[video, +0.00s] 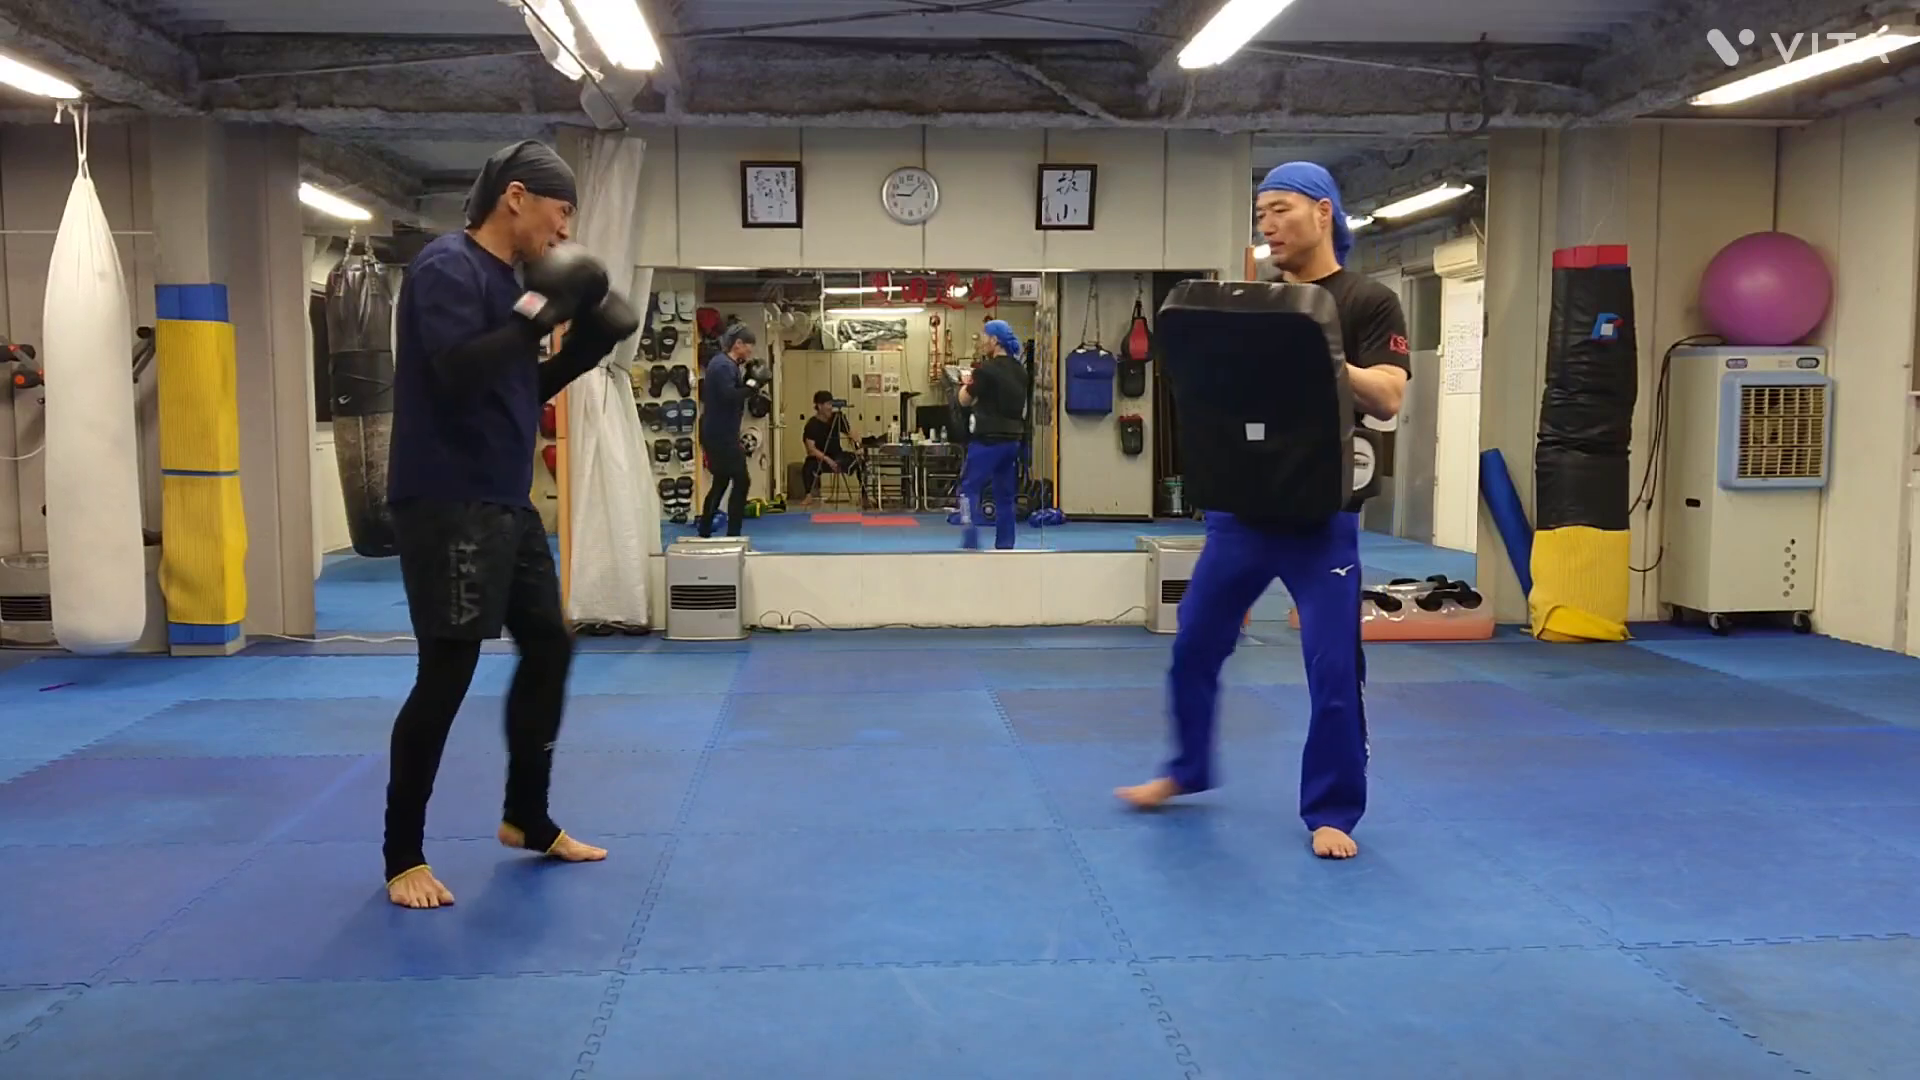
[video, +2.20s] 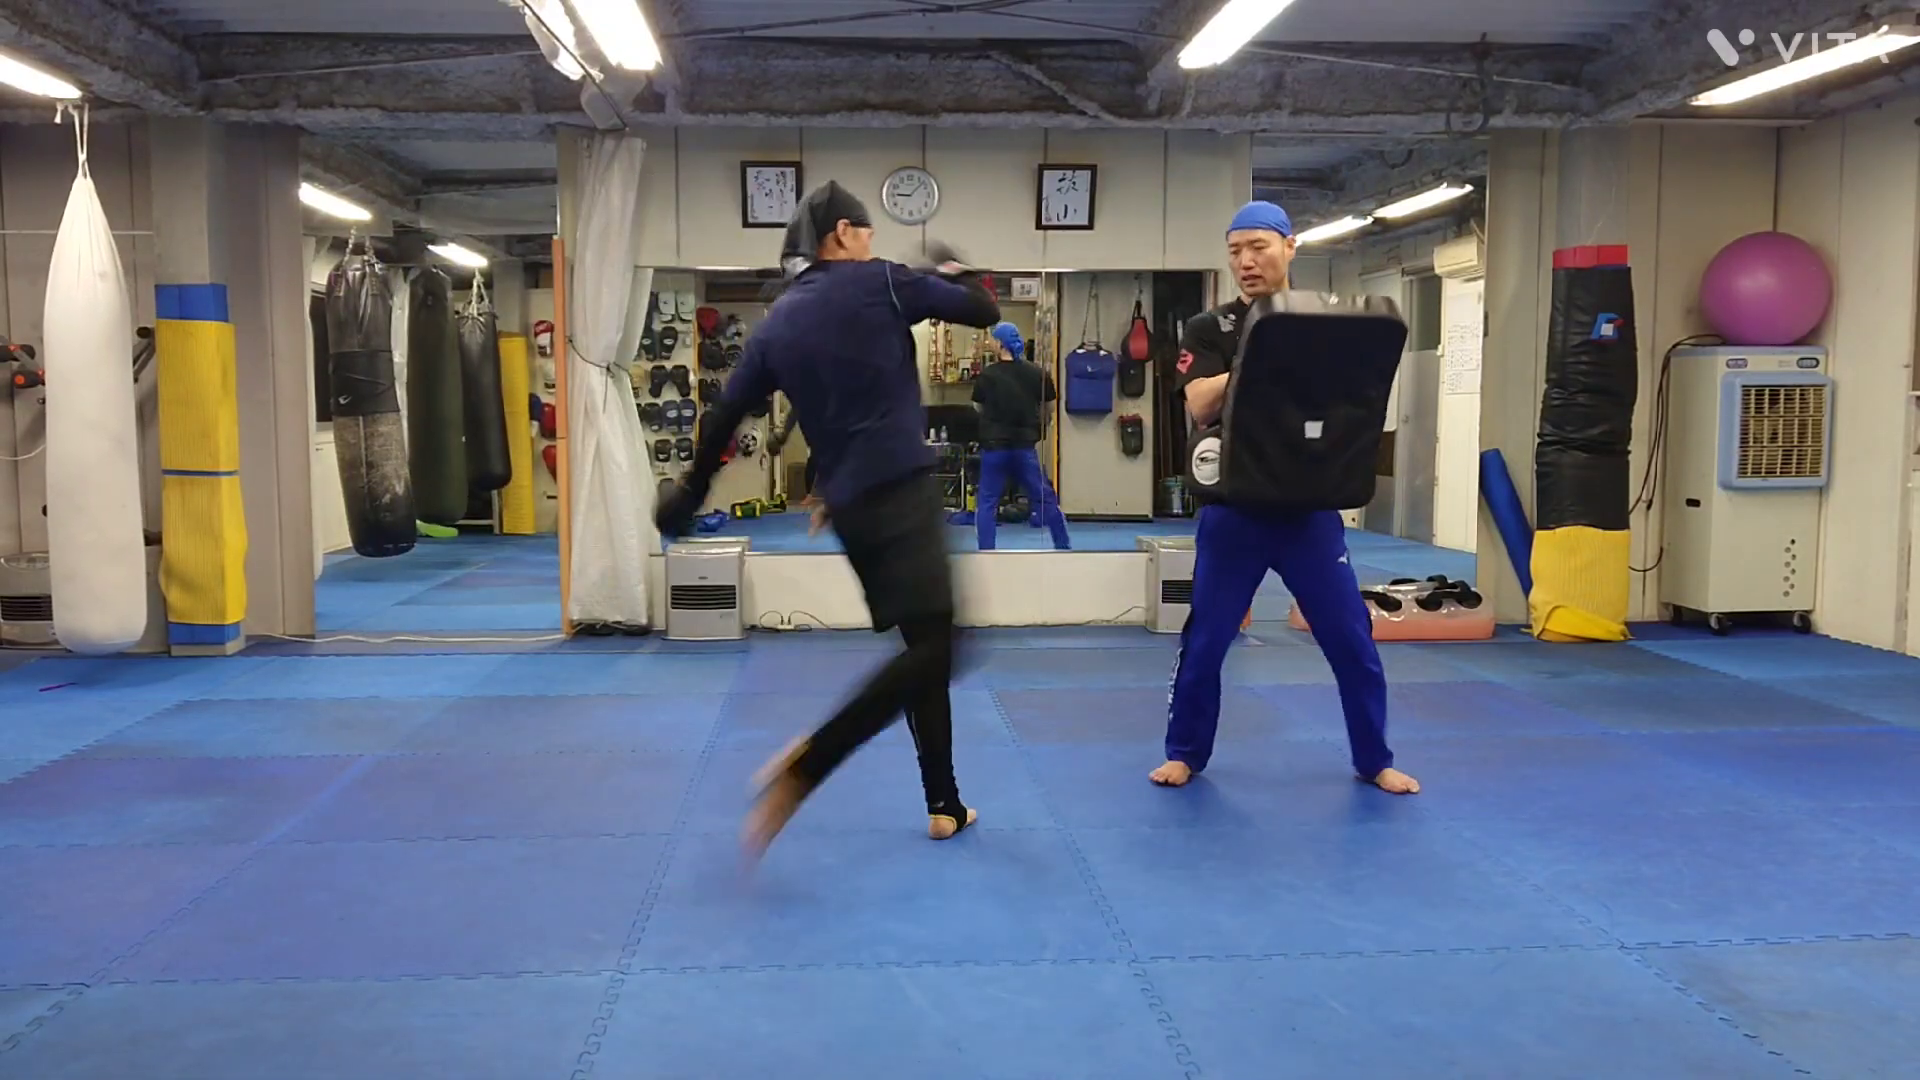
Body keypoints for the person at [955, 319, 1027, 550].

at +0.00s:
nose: (981, 341)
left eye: (984, 337)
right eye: (981, 337)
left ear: (995, 340)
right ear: (1002, 340)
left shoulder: (987, 369)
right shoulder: (1020, 369)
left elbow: (964, 399)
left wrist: (965, 385)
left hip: (987, 438)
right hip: (1012, 438)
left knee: (970, 487)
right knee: (1005, 494)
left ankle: (970, 539)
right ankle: (1005, 544)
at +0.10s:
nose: (976, 342)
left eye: (978, 338)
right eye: (976, 338)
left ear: (988, 341)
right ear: (999, 342)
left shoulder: (978, 370)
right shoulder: (1015, 371)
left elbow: (958, 400)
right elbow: (1013, 404)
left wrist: (958, 388)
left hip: (980, 440)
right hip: (1006, 440)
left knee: (960, 488)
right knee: (1003, 496)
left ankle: (945, 540)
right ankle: (1004, 545)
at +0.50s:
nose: (945, 347)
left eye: (947, 343)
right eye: (946, 342)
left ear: (954, 346)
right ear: (970, 347)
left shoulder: (941, 373)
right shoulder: (985, 375)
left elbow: (928, 395)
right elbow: (991, 398)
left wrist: (936, 372)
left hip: (943, 443)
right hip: (973, 443)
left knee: (930, 496)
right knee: (985, 495)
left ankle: (921, 545)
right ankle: (1000, 545)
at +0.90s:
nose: (945, 350)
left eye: (945, 346)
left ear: (943, 350)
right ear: (967, 348)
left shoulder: (932, 374)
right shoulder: (979, 375)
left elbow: (924, 405)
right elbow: (986, 407)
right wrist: (966, 414)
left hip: (939, 445)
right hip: (969, 444)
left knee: (928, 497)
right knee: (983, 495)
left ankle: (921, 546)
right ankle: (999, 544)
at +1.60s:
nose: (968, 351)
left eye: (971, 347)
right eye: (970, 347)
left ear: (978, 351)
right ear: (993, 351)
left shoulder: (964, 379)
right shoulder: (1008, 378)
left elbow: (952, 411)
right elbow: (1020, 412)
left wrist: (973, 420)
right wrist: (999, 422)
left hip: (966, 450)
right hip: (997, 450)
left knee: (943, 501)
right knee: (1013, 503)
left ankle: (922, 549)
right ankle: (1033, 550)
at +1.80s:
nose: (983, 342)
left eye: (986, 338)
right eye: (985, 337)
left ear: (995, 343)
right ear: (1009, 343)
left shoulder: (982, 371)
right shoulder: (1025, 371)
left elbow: (968, 403)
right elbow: (1035, 397)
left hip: (985, 443)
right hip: (1015, 443)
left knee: (964, 492)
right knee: (1022, 497)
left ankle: (953, 544)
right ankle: (1034, 548)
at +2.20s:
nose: (990, 344)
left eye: (993, 340)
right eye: (992, 340)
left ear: (1000, 345)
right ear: (1017, 344)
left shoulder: (989, 374)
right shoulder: (1036, 373)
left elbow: (978, 406)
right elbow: (1049, 404)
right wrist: (1036, 421)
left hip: (994, 444)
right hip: (1025, 444)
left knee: (987, 499)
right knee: (1043, 495)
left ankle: (986, 552)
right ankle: (1063, 546)